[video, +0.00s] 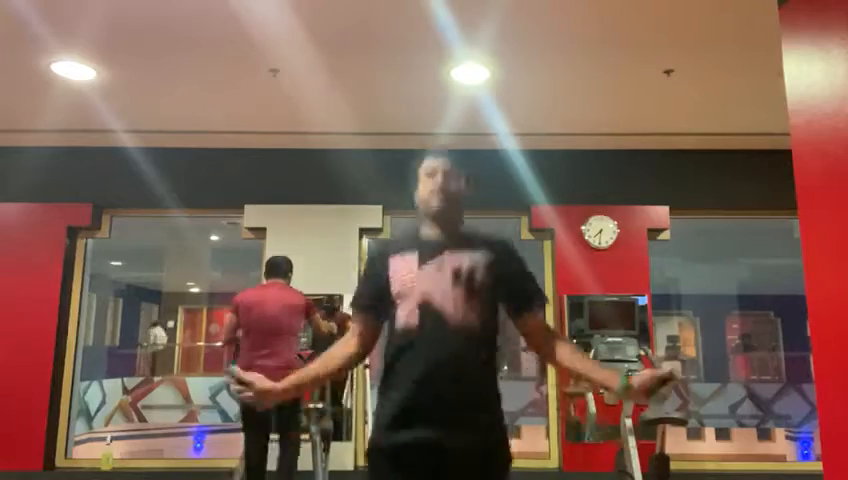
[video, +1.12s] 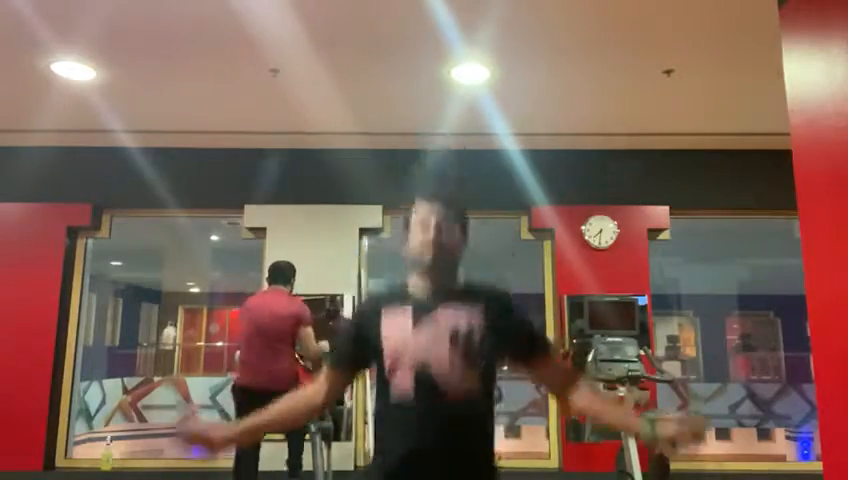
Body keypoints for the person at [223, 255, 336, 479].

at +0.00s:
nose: (290, 279)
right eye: (290, 275)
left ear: (265, 274)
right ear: (290, 275)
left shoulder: (244, 297)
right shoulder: (299, 298)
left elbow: (227, 337)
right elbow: (320, 330)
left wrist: (243, 336)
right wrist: (331, 325)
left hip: (251, 375)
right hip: (287, 376)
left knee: (255, 440)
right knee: (289, 439)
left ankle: (254, 476)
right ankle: (285, 476)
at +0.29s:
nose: (291, 282)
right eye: (292, 278)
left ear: (267, 277)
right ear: (292, 279)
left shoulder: (249, 301)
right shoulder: (299, 303)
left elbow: (245, 339)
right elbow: (310, 344)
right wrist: (320, 346)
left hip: (250, 380)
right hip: (285, 379)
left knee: (251, 437)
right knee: (296, 426)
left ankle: (251, 474)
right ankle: (295, 470)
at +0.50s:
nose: (294, 280)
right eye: (295, 276)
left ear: (270, 275)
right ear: (295, 277)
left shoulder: (251, 296)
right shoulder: (306, 302)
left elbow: (243, 330)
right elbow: (324, 340)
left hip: (254, 374)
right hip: (292, 375)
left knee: (255, 435)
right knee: (287, 440)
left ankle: (251, 476)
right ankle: (287, 476)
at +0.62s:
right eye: (293, 280)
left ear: (270, 279)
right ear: (294, 281)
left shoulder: (251, 302)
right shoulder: (304, 305)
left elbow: (234, 339)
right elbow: (325, 338)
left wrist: (231, 366)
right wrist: (315, 353)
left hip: (254, 383)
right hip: (291, 384)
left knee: (256, 436)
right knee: (286, 438)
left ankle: (256, 474)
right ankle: (284, 475)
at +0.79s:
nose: (291, 280)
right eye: (293, 276)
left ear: (268, 275)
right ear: (292, 277)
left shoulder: (247, 298)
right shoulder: (303, 301)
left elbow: (228, 340)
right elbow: (323, 326)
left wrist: (237, 350)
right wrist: (334, 325)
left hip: (250, 381)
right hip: (285, 380)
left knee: (255, 437)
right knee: (285, 439)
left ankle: (255, 476)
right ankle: (284, 477)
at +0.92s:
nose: (291, 281)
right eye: (293, 278)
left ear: (267, 276)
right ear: (291, 278)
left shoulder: (244, 299)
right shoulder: (300, 302)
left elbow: (226, 335)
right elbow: (320, 335)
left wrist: (248, 333)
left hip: (249, 377)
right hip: (285, 377)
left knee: (252, 441)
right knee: (292, 434)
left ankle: (252, 476)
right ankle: (287, 474)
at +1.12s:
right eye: (292, 281)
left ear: (267, 280)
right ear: (292, 282)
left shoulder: (249, 303)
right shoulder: (298, 307)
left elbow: (245, 342)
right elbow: (310, 351)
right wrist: (320, 352)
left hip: (248, 385)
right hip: (284, 387)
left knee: (247, 443)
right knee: (296, 420)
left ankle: (244, 475)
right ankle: (295, 469)